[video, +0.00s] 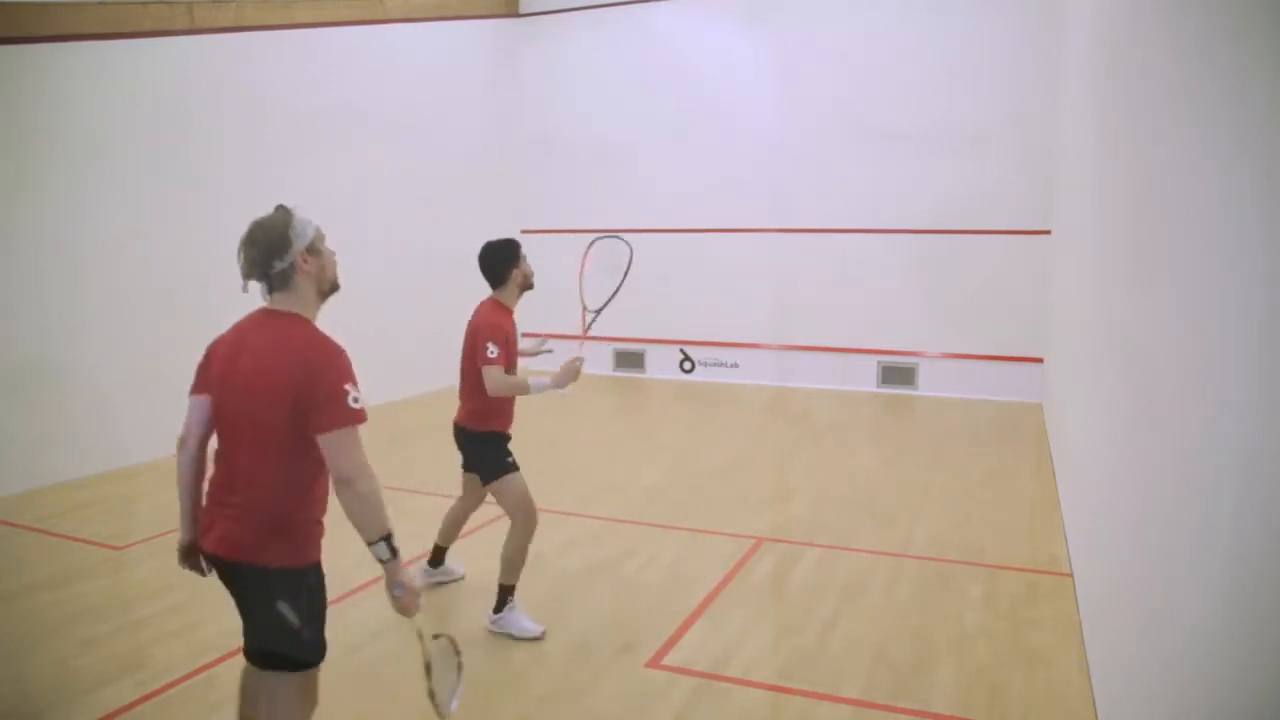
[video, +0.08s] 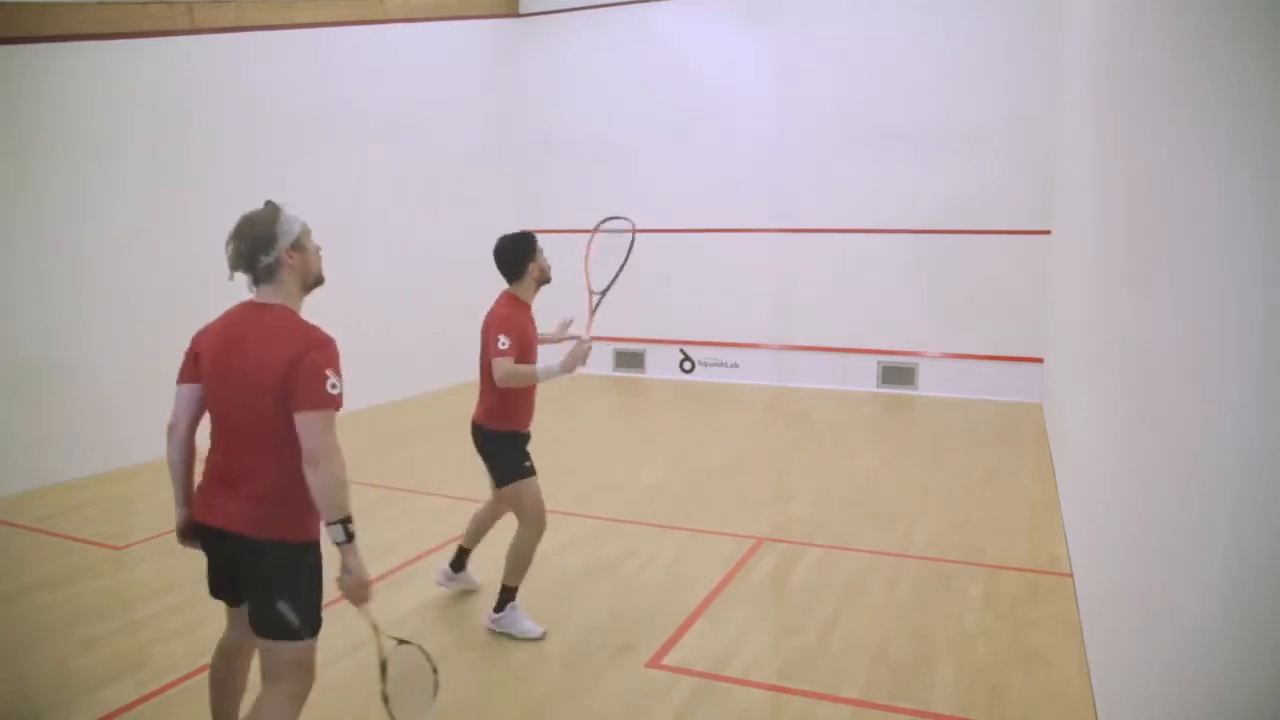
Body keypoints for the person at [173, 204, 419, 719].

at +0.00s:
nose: (335, 256)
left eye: (327, 245)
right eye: (325, 247)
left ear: (275, 269)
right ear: (303, 262)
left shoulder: (227, 344)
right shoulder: (318, 355)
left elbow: (191, 441)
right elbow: (350, 476)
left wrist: (189, 528)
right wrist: (392, 562)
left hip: (225, 540)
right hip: (279, 551)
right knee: (291, 696)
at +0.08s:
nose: (320, 250)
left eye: (314, 240)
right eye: (311, 242)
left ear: (260, 262)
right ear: (289, 257)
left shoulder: (211, 336)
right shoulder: (309, 344)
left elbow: (179, 430)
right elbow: (319, 454)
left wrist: (185, 506)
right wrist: (347, 543)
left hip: (217, 525)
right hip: (281, 536)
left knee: (239, 632)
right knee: (288, 681)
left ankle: (226, 717)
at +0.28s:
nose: (304, 240)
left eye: (298, 230)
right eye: (295, 233)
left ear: (251, 254)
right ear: (275, 248)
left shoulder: (208, 320)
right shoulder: (303, 322)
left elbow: (204, 414)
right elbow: (289, 416)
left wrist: (235, 466)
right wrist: (285, 507)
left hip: (215, 498)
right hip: (285, 500)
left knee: (224, 616)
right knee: (307, 603)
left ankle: (223, 716)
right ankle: (268, 710)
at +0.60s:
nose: (319, 255)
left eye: (315, 247)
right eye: (313, 249)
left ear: (269, 262)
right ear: (295, 258)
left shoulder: (240, 316)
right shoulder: (313, 325)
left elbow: (238, 369)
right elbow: (317, 407)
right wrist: (340, 475)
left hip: (250, 467)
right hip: (304, 467)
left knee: (257, 555)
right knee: (314, 549)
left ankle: (228, 652)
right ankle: (298, 645)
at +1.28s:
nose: (306, 259)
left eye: (301, 253)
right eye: (304, 253)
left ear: (264, 263)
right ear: (298, 259)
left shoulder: (235, 306)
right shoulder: (315, 314)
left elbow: (202, 359)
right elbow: (341, 382)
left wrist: (202, 415)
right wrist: (356, 412)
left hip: (245, 432)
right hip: (296, 431)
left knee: (265, 494)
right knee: (335, 512)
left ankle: (261, 586)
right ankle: (350, 608)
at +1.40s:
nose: (277, 240)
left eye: (273, 235)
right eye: (275, 236)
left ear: (234, 246)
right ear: (272, 242)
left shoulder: (209, 290)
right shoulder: (295, 292)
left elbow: (185, 348)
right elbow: (323, 358)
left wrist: (180, 399)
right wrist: (319, 383)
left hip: (230, 415)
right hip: (282, 412)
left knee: (243, 487)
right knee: (298, 493)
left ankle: (252, 574)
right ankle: (298, 586)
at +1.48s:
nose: (261, 242)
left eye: (256, 236)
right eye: (259, 237)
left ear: (219, 247)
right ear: (256, 243)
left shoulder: (201, 290)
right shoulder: (282, 291)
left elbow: (175, 353)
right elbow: (296, 350)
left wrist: (168, 392)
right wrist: (266, 371)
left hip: (221, 414)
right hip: (274, 411)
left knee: (223, 484)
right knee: (278, 495)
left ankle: (234, 564)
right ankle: (283, 583)